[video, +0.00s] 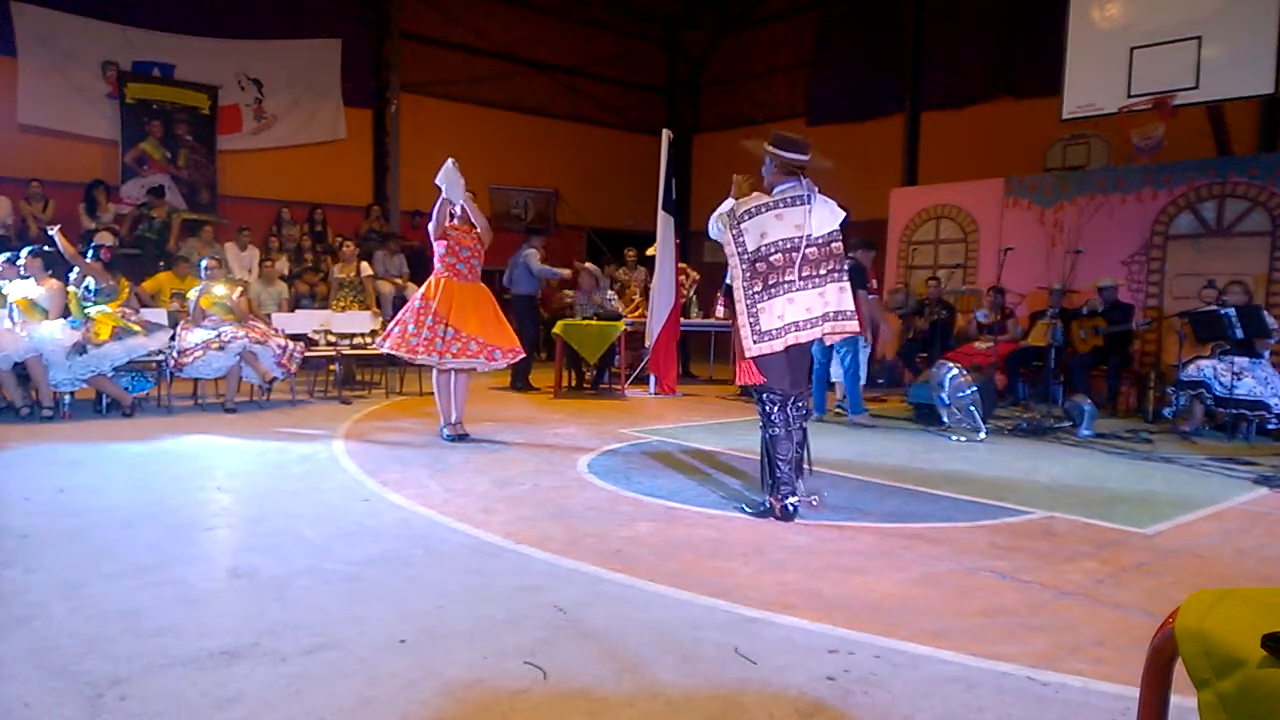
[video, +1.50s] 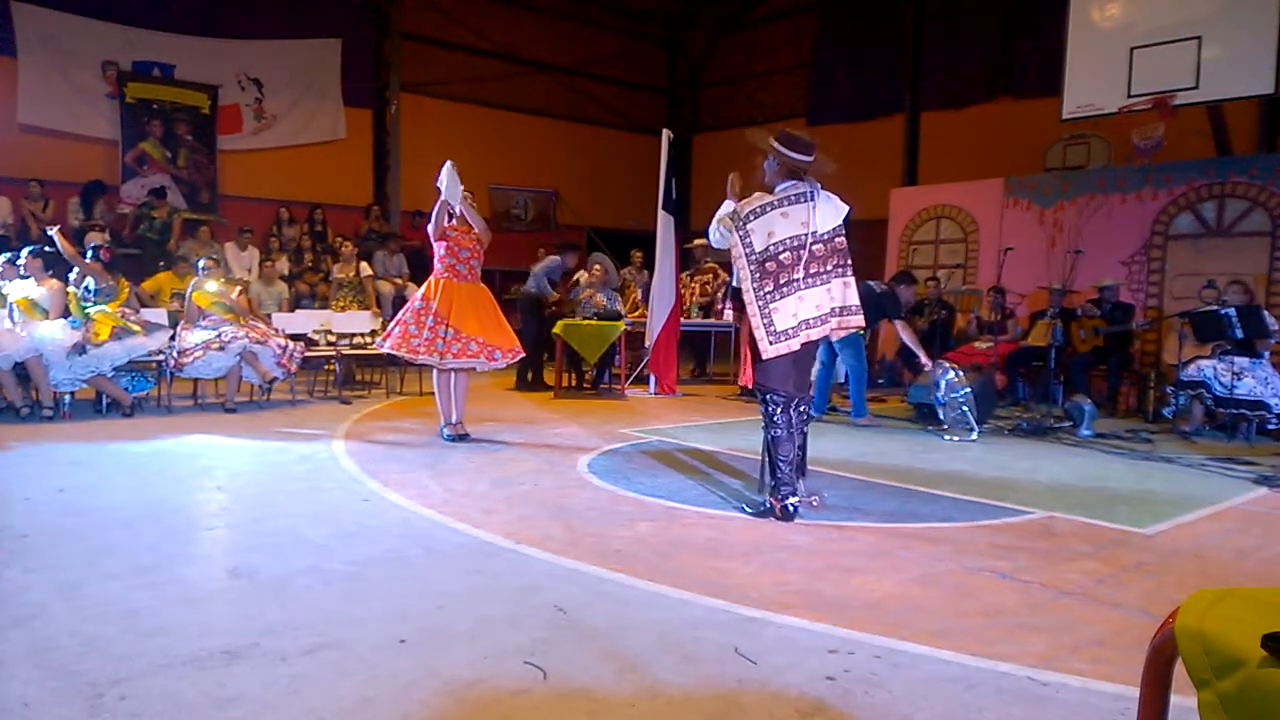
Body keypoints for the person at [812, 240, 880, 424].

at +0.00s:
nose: (870, 261)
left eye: (871, 257)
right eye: (869, 257)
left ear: (850, 252)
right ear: (860, 253)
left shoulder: (825, 266)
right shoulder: (856, 268)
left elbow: (819, 297)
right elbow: (862, 299)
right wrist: (867, 328)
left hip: (822, 323)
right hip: (846, 324)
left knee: (820, 368)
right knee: (851, 370)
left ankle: (818, 409)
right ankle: (856, 410)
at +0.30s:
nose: (863, 257)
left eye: (861, 254)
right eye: (861, 254)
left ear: (842, 253)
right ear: (861, 255)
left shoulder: (827, 270)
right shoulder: (865, 277)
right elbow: (877, 315)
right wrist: (898, 344)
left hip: (820, 325)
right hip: (845, 329)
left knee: (818, 369)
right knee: (852, 370)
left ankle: (817, 409)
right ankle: (858, 412)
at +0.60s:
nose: (908, 305)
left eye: (911, 301)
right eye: (909, 299)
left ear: (895, 286)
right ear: (900, 290)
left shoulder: (875, 288)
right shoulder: (887, 297)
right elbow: (897, 328)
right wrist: (918, 356)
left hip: (823, 317)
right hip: (842, 323)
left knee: (824, 367)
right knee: (856, 367)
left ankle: (817, 409)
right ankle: (859, 413)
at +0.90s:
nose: (913, 302)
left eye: (916, 298)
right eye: (913, 296)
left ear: (900, 285)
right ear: (904, 288)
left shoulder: (879, 286)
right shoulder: (891, 297)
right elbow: (900, 329)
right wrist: (920, 357)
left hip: (826, 317)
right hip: (845, 324)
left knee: (826, 366)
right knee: (858, 366)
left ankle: (818, 409)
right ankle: (860, 414)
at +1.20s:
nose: (913, 299)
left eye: (915, 294)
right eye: (913, 293)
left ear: (898, 284)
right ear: (903, 287)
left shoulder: (876, 286)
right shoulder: (890, 297)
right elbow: (901, 329)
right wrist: (922, 356)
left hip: (826, 319)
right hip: (846, 326)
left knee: (826, 367)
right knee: (858, 368)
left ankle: (818, 409)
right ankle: (860, 414)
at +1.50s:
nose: (913, 298)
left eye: (914, 293)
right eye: (912, 293)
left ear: (897, 285)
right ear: (902, 288)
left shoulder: (875, 287)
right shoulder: (889, 297)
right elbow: (902, 328)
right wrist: (922, 355)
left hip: (826, 317)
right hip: (845, 324)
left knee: (825, 365)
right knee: (857, 367)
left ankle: (817, 408)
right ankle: (860, 414)